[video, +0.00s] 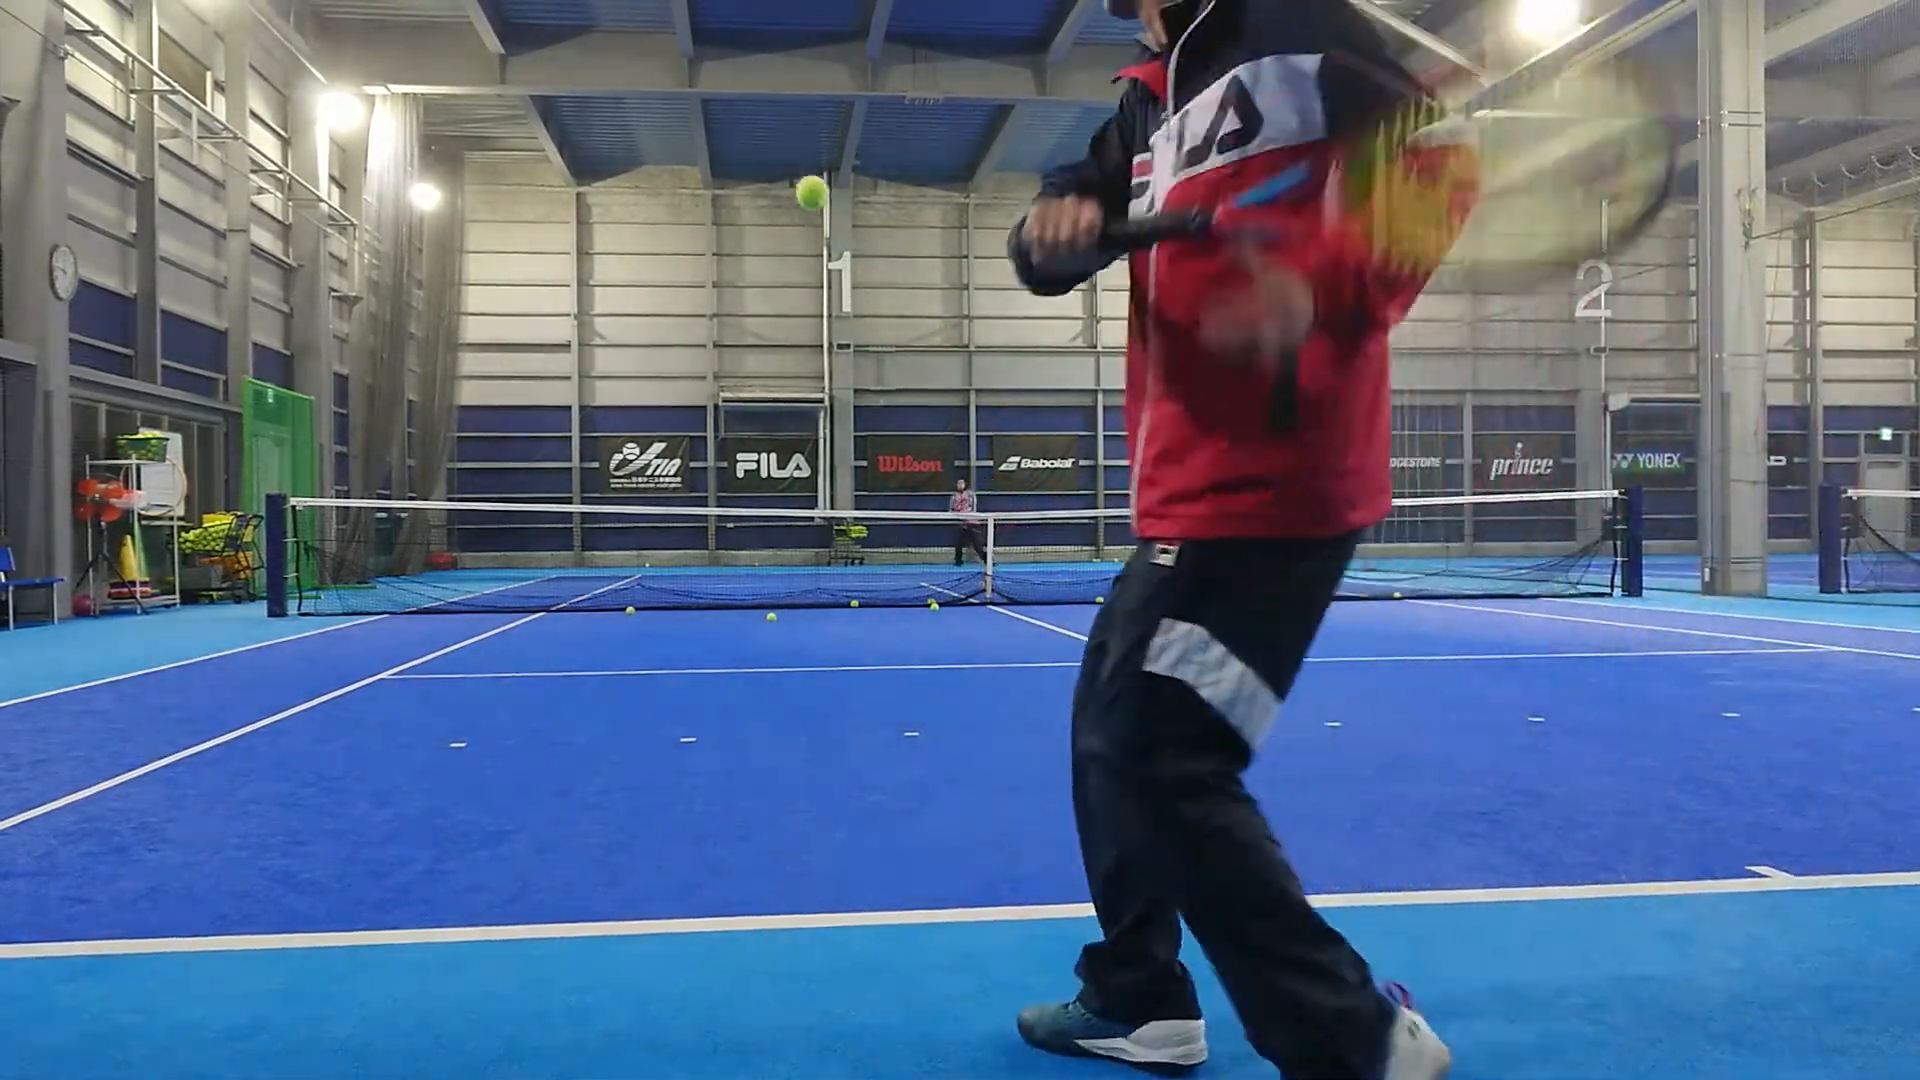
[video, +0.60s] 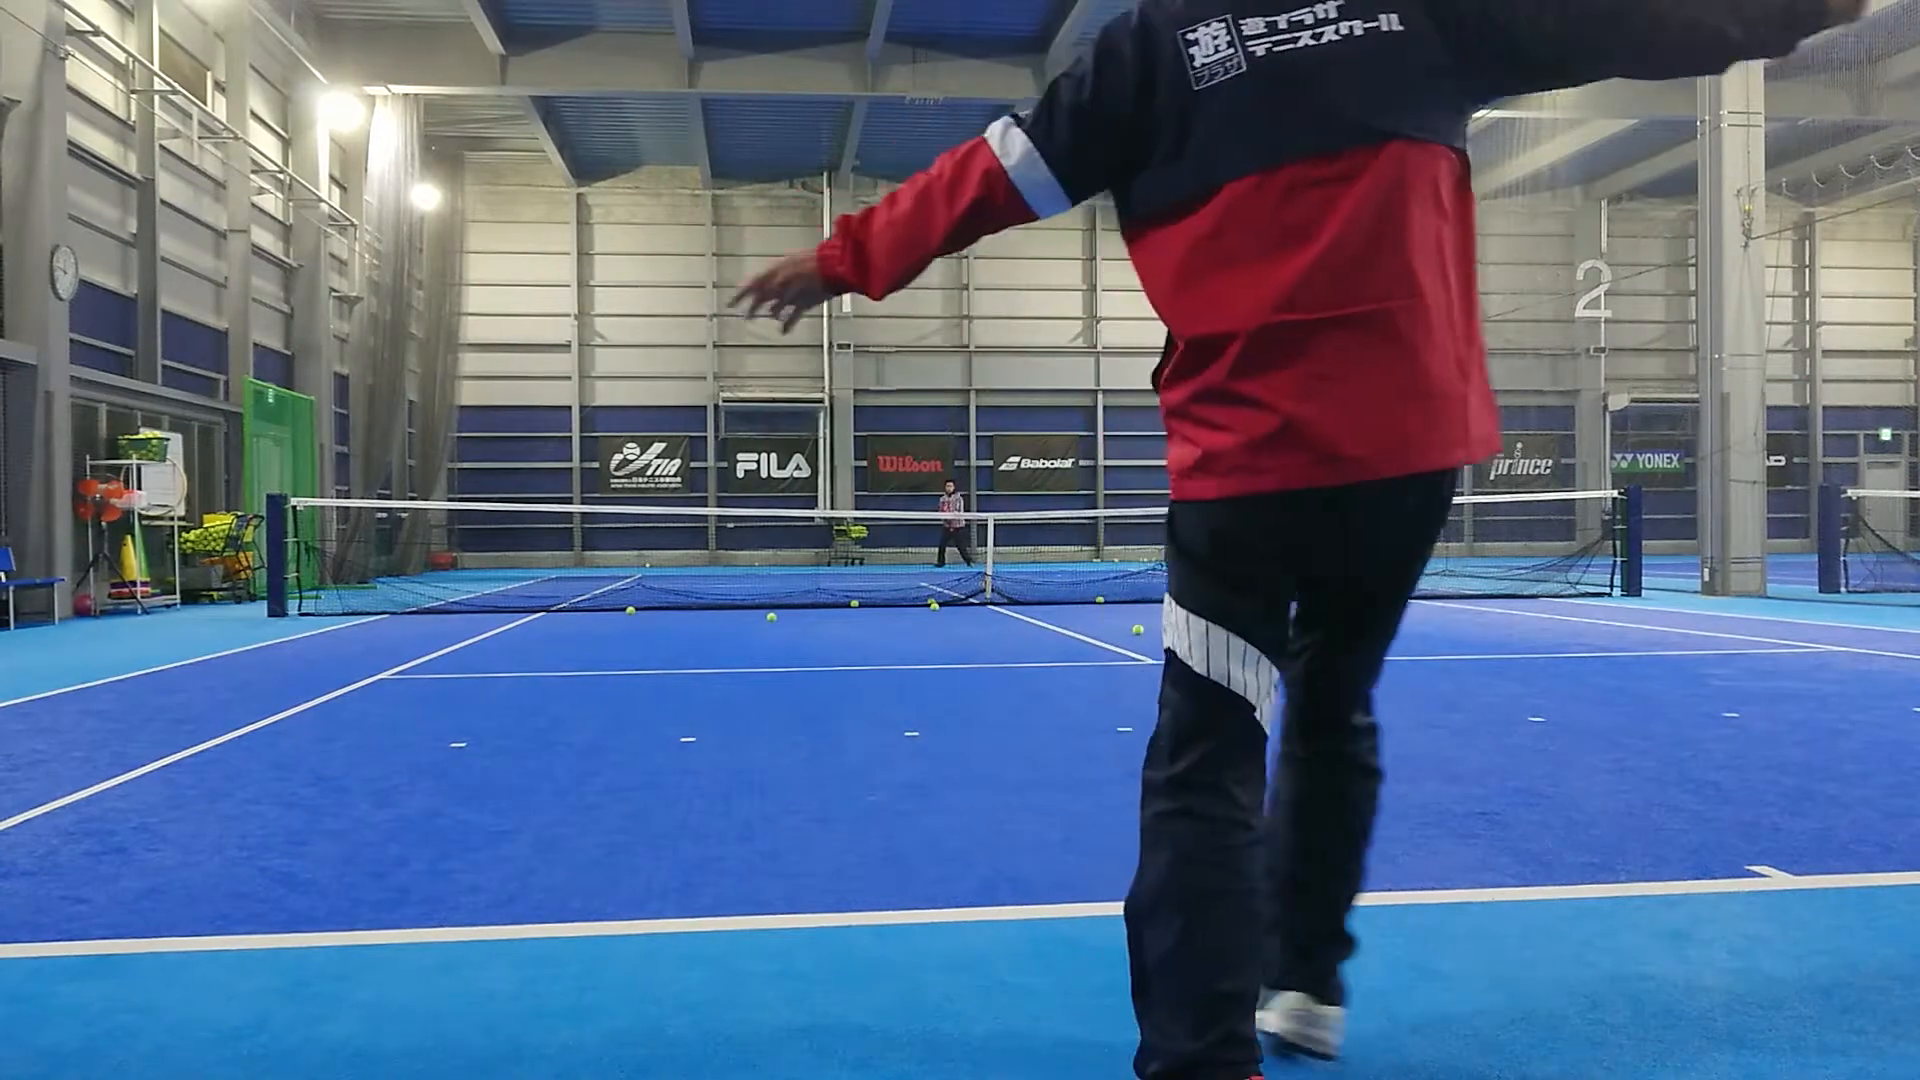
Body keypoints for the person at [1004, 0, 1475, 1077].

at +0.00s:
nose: (1122, 9)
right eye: (1120, 6)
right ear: (1149, 7)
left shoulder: (1305, 31)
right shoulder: (1153, 95)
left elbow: (1436, 165)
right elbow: (1059, 240)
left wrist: (1315, 279)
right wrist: (1054, 238)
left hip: (1285, 481)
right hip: (1196, 482)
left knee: (1160, 749)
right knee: (1108, 725)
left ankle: (1359, 1041)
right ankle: (1139, 998)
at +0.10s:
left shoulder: (1215, 21)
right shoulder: (1192, 51)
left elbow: (1338, 201)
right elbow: (1116, 167)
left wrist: (1276, 404)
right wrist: (999, 257)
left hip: (1212, 470)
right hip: (1224, 472)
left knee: (1125, 723)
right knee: (1158, 729)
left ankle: (1276, 979)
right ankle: (1139, 993)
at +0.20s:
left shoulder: (1131, 27)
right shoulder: (1309, 14)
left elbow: (1156, 225)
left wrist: (1070, 397)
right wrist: (1033, 152)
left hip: (1188, 443)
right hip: (1306, 434)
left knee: (1140, 707)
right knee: (1226, 725)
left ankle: (1271, 958)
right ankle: (1145, 981)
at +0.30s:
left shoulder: (1098, 23)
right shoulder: (1316, 6)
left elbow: (1014, 184)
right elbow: (1440, 77)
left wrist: (856, 306)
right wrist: (1421, 40)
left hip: (1184, 430)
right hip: (1318, 417)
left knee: (1130, 709)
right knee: (1235, 721)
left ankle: (1256, 985)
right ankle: (1144, 979)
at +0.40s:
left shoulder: (1086, 48)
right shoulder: (1323, 17)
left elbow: (957, 161)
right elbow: (1509, 27)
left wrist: (776, 244)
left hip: (1203, 447)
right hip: (1342, 435)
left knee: (1138, 739)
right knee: (1244, 739)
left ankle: (1206, 1036)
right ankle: (1135, 986)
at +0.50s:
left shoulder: (1100, 43)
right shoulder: (1374, 20)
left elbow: (952, 168)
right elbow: (1590, 18)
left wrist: (782, 245)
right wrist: (1707, 5)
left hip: (1223, 449)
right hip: (1377, 443)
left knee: (1177, 765)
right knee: (1279, 741)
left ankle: (1202, 1057)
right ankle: (1179, 972)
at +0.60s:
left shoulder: (1137, 39)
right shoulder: (1431, 9)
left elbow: (991, 176)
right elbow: (1648, 25)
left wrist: (841, 255)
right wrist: (1814, 12)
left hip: (1246, 444)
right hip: (1421, 433)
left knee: (1206, 744)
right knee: (1337, 702)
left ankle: (1195, 1057)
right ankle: (1306, 985)